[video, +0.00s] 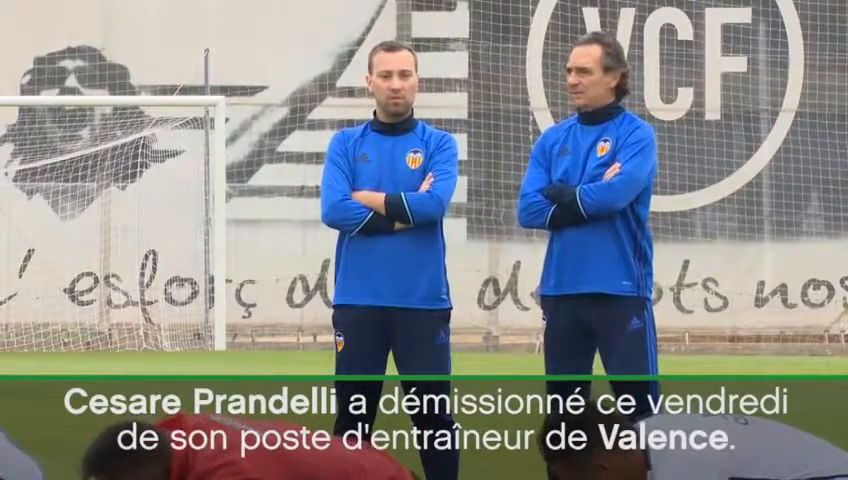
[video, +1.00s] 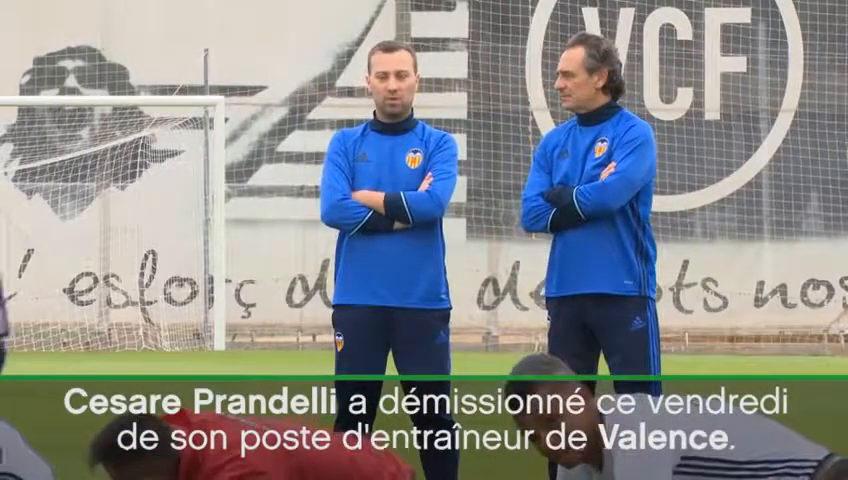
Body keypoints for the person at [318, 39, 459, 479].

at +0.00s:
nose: (396, 84)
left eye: (405, 75)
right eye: (386, 76)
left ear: (418, 82)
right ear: (369, 83)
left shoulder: (439, 143)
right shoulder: (345, 142)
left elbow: (433, 207)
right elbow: (333, 211)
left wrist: (360, 196)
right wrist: (407, 213)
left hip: (423, 302)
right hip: (358, 301)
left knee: (434, 417)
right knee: (352, 418)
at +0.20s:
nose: (396, 84)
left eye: (405, 75)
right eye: (386, 76)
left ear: (417, 82)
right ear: (369, 83)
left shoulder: (439, 143)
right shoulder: (345, 142)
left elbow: (433, 206)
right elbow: (333, 211)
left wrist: (361, 196)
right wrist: (406, 213)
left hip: (423, 302)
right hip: (358, 301)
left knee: (434, 417)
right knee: (352, 418)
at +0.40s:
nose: (395, 84)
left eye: (404, 75)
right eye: (385, 75)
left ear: (417, 82)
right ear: (369, 83)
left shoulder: (439, 143)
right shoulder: (346, 142)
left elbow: (433, 206)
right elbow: (333, 210)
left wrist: (362, 196)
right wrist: (406, 213)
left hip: (423, 302)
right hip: (358, 301)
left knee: (433, 416)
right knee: (352, 418)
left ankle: (443, 479)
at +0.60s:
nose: (394, 84)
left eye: (404, 75)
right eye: (385, 75)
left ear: (417, 82)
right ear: (369, 83)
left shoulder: (440, 143)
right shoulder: (345, 142)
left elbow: (433, 206)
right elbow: (333, 210)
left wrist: (363, 196)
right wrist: (406, 213)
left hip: (423, 301)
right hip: (358, 301)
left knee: (433, 415)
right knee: (352, 417)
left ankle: (443, 478)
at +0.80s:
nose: (393, 85)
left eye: (402, 76)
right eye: (384, 76)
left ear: (417, 82)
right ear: (369, 83)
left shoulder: (439, 143)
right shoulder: (345, 142)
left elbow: (433, 206)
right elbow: (333, 210)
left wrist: (363, 196)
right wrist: (406, 213)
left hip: (422, 301)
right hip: (358, 301)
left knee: (433, 415)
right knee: (352, 417)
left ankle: (443, 479)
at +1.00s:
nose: (393, 85)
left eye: (402, 76)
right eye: (383, 77)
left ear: (417, 82)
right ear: (368, 83)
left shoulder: (439, 142)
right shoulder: (345, 141)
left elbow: (432, 205)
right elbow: (332, 210)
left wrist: (362, 196)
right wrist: (404, 213)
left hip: (423, 302)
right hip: (357, 302)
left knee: (433, 417)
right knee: (352, 417)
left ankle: (442, 479)